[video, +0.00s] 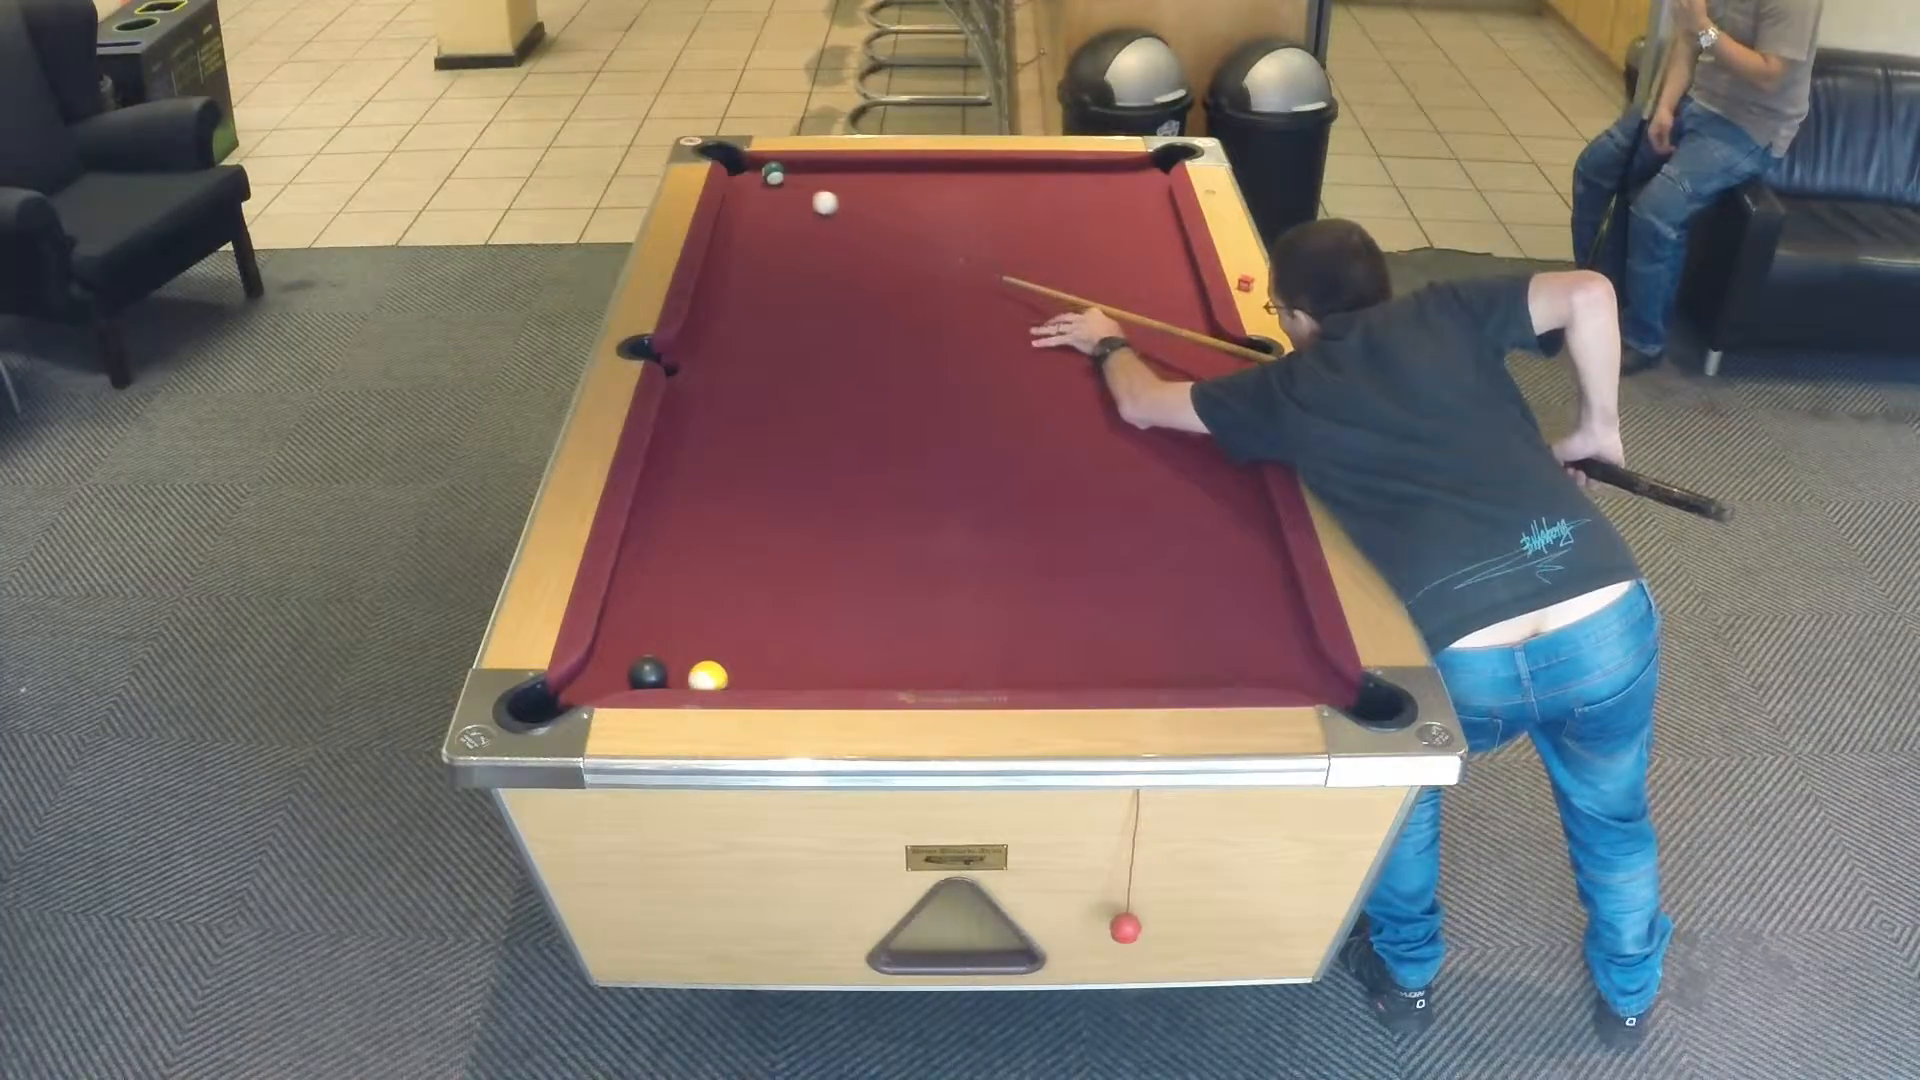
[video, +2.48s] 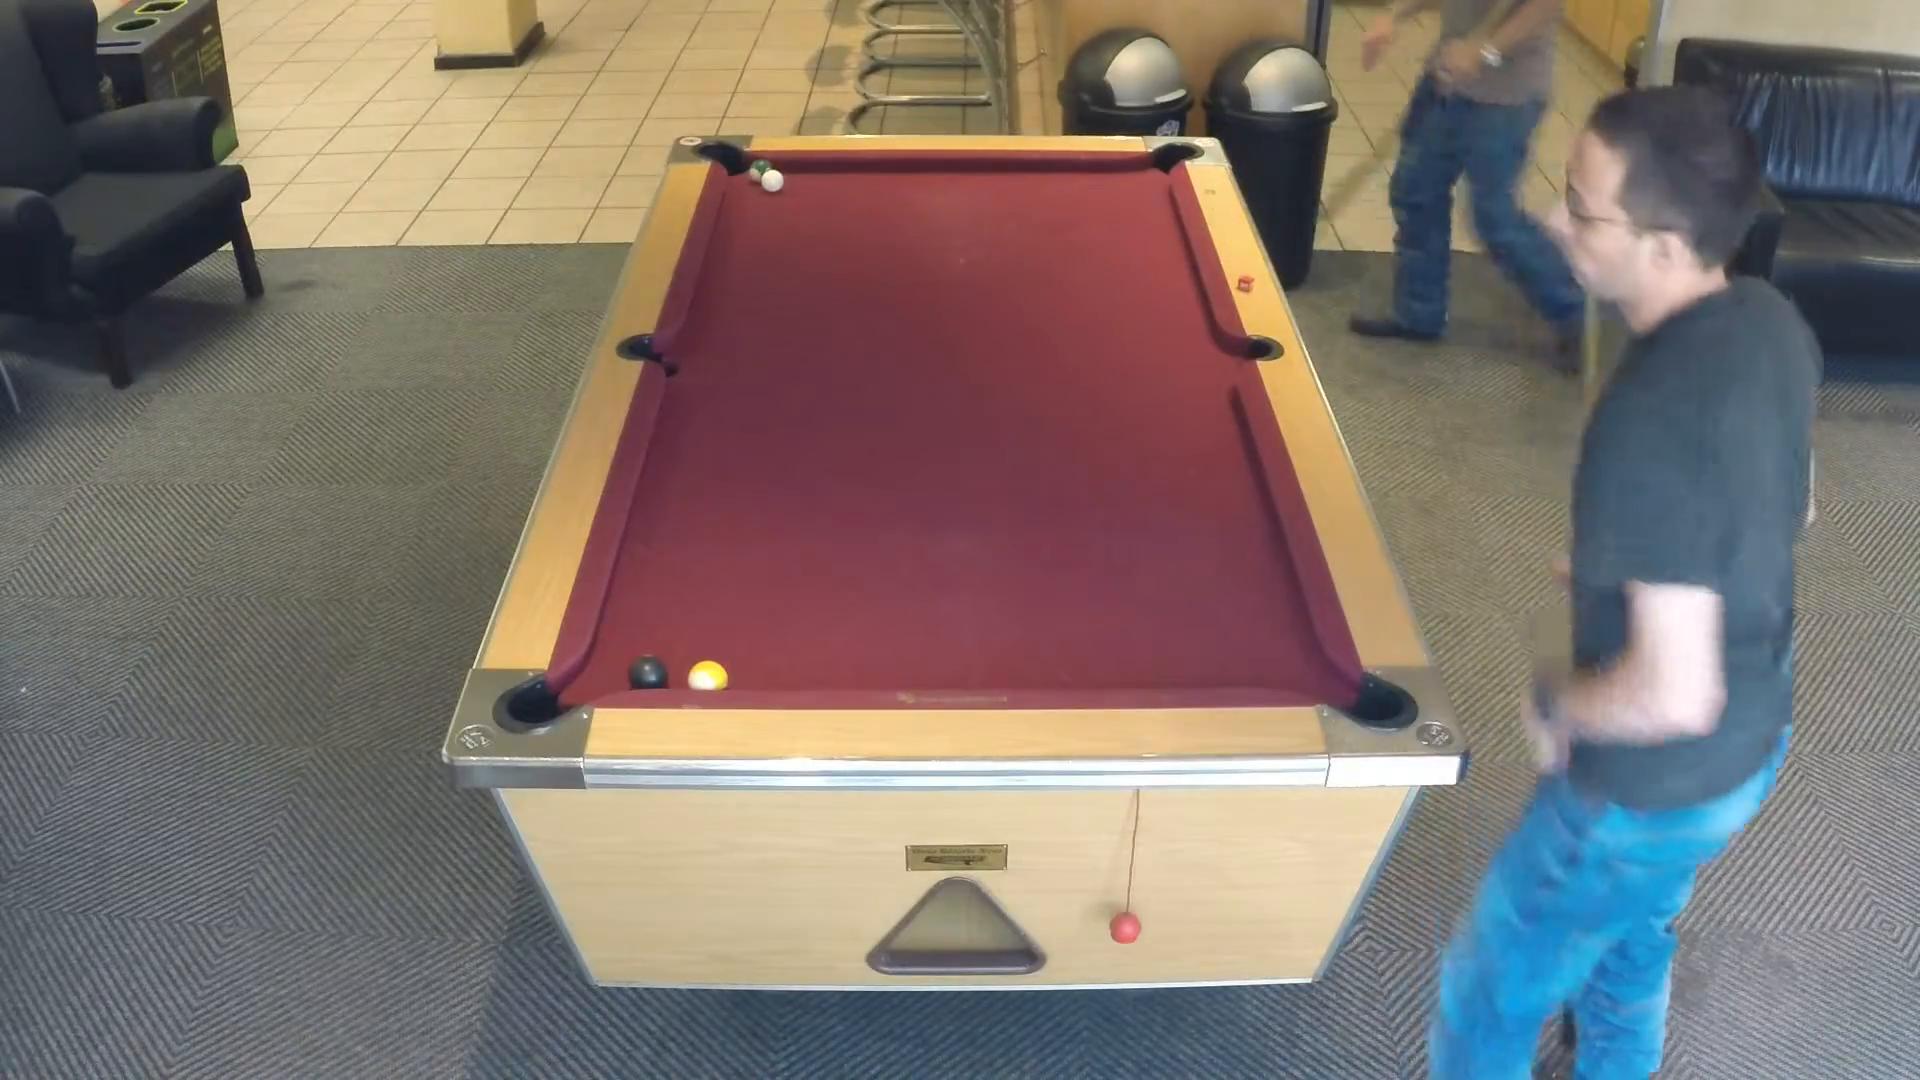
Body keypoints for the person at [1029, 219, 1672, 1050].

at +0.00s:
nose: (1280, 318)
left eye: (1282, 306)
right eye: (1279, 306)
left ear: (1298, 317)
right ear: (1385, 290)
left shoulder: (1287, 389)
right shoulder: (1450, 313)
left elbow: (1143, 400)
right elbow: (1587, 293)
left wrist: (1105, 341)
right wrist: (1600, 422)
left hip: (1467, 660)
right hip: (1606, 621)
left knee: (1394, 765)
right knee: (1615, 820)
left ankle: (1408, 967)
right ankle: (1630, 992)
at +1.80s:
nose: (1341, 189)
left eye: (1346, 175)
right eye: (1346, 171)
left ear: (1370, 194)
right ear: (1463, 180)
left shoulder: (1343, 300)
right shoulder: (1550, 251)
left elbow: (1277, 466)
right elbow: (1702, 385)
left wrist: (1247, 378)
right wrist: (1604, 446)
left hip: (1508, 640)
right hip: (1652, 621)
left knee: (1424, 780)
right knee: (1610, 831)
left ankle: (1404, 966)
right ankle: (1605, 1019)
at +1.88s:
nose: (1370, 167)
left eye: (1376, 154)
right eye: (1374, 150)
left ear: (1398, 176)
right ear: (1494, 163)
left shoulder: (1365, 295)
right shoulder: (1584, 245)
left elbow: (1341, 493)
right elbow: (1719, 394)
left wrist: (1374, 413)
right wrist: (1611, 453)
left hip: (1519, 637)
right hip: (1662, 621)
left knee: (1436, 792)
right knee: (1606, 841)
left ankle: (1403, 973)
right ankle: (1602, 1042)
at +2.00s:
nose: (1419, 149)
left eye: (1430, 138)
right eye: (1426, 132)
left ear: (1464, 166)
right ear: (1548, 147)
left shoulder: (1420, 297)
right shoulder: (1636, 248)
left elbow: (1416, 510)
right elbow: (1743, 423)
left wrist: (1503, 473)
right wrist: (1638, 464)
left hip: (1546, 661)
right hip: (1684, 639)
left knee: (1450, 817)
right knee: (1606, 859)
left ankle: (1402, 969)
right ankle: (1613, 1060)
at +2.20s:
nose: (1504, 176)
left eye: (1521, 161)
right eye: (1510, 155)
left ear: (1582, 182)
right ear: (1638, 176)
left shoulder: (1556, 340)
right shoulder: (1737, 285)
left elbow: (1503, 578)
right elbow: (1753, 454)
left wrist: (1470, 497)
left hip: (1597, 728)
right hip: (1723, 706)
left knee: (1473, 865)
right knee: (1622, 911)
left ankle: (1404, 985)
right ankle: (1612, 1066)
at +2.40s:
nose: (1551, 202)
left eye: (1577, 192)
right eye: (1561, 180)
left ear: (1656, 227)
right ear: (1676, 227)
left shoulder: (1635, 393)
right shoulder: (1771, 312)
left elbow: (1632, 661)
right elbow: (1757, 510)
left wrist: (1539, 622)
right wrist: (1611, 589)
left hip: (1634, 773)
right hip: (1741, 724)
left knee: (1477, 967)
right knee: (1629, 946)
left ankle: (1454, 1069)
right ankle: (1615, 1068)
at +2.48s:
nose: (1556, 222)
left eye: (1581, 213)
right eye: (1566, 200)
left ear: (1664, 247)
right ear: (1686, 249)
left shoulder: (1648, 422)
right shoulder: (1769, 321)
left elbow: (1677, 694)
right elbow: (1792, 511)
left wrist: (1560, 704)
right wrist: (1620, 561)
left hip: (1640, 793)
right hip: (1738, 750)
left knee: (1486, 993)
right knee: (1628, 960)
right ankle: (1614, 1067)